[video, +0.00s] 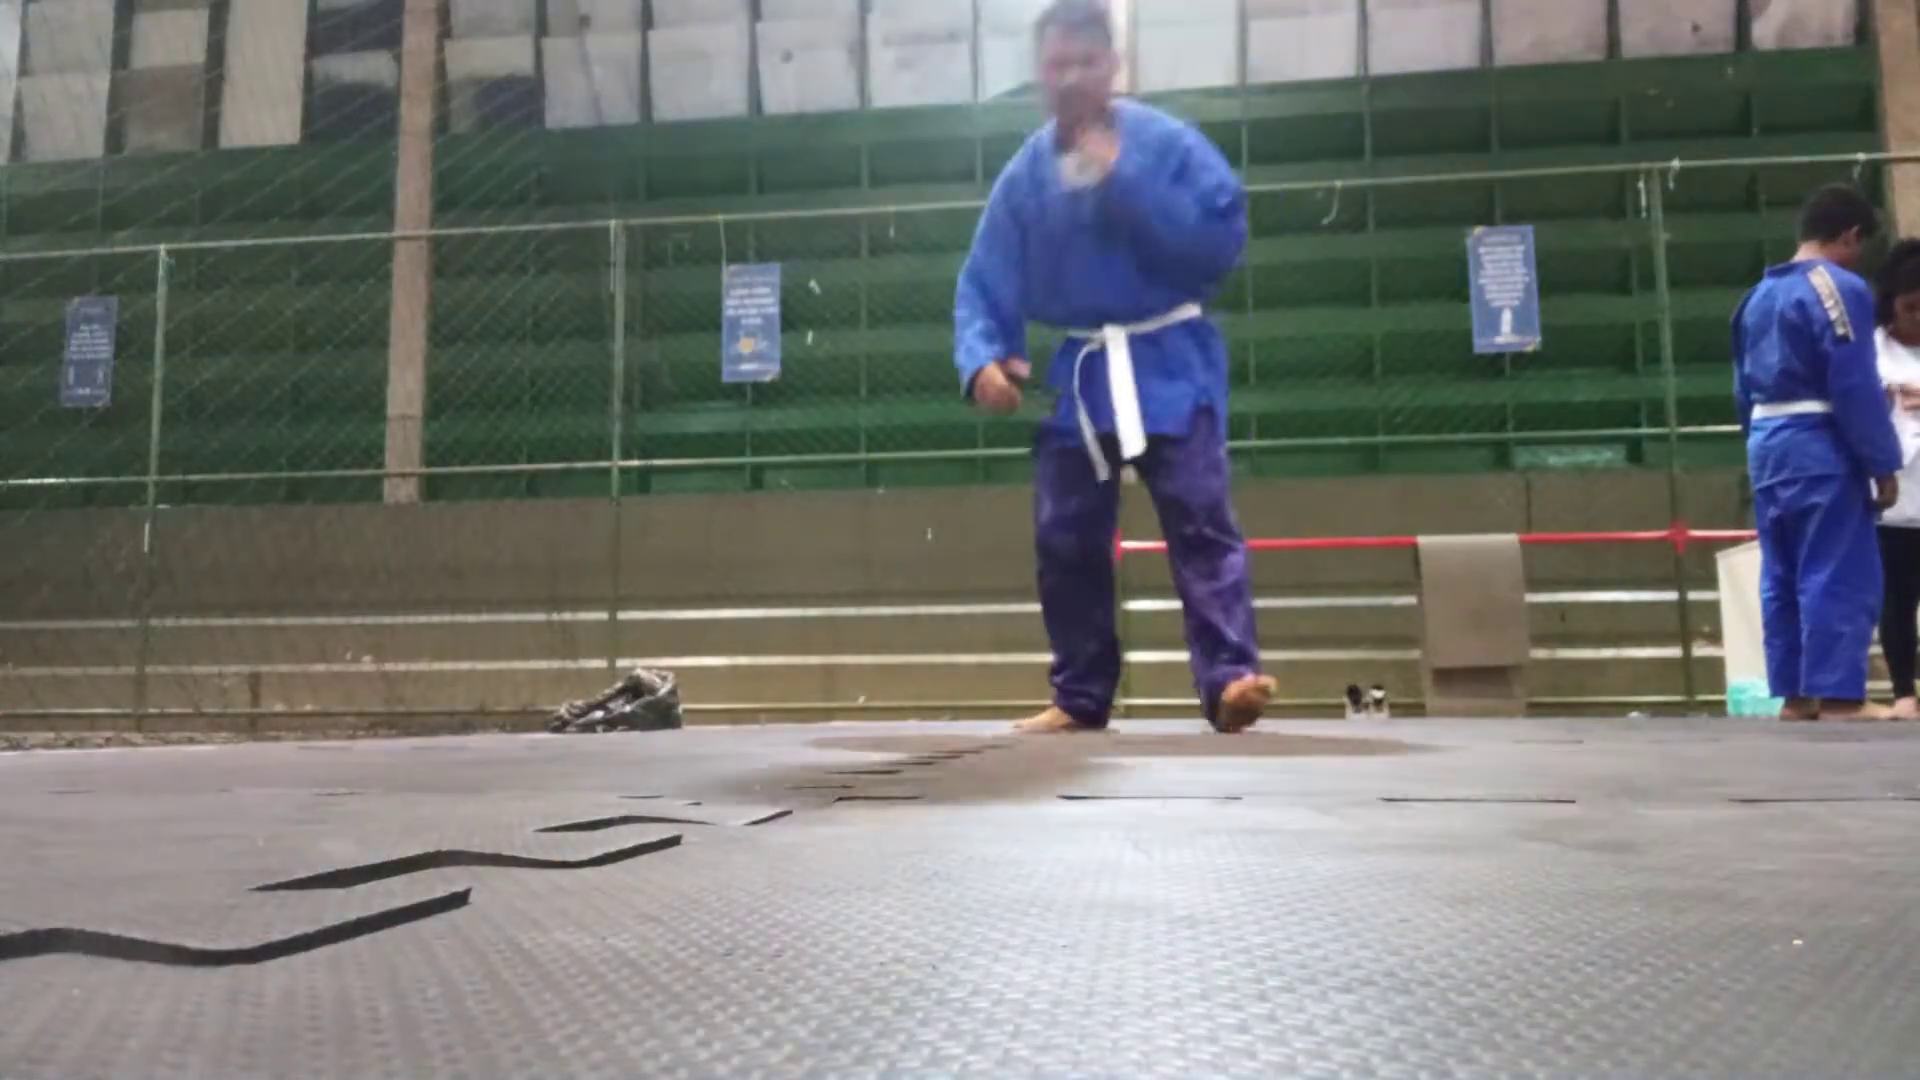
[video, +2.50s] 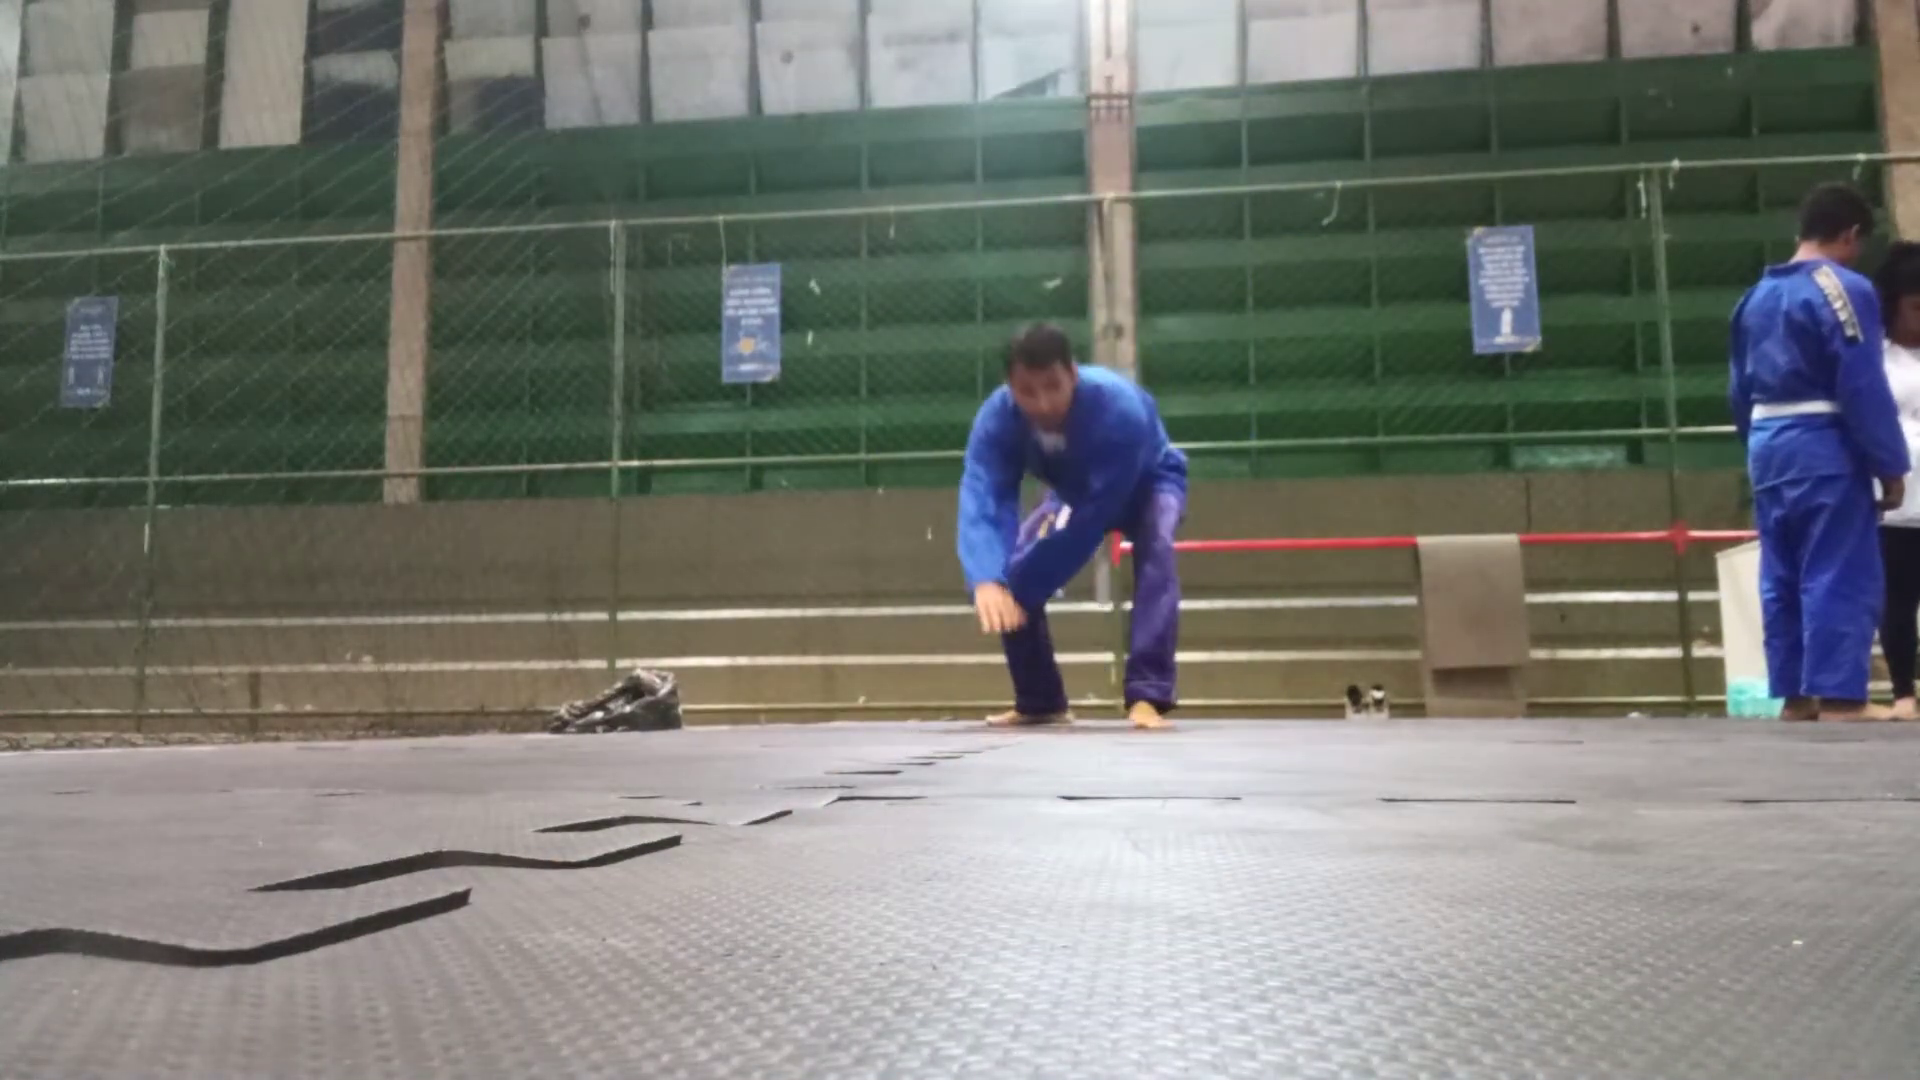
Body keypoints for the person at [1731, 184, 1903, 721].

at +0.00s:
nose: (1860, 254)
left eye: (1862, 244)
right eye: (1861, 243)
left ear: (1805, 232)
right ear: (1847, 235)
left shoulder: (1758, 295)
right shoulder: (1838, 288)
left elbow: (1745, 392)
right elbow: (1854, 389)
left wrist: (1766, 444)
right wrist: (1885, 465)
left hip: (1765, 440)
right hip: (1818, 439)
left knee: (1784, 572)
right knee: (1838, 569)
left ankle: (1795, 696)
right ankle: (1838, 698)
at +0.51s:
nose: (1857, 252)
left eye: (1860, 243)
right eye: (1858, 242)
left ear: (1802, 231)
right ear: (1846, 234)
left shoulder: (1756, 295)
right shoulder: (1838, 289)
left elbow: (1743, 390)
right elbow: (1855, 387)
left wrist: (1764, 442)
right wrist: (1886, 465)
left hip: (1764, 439)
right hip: (1818, 437)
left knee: (1783, 573)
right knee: (1839, 569)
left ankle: (1794, 697)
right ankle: (1838, 699)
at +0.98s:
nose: (1853, 253)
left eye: (1856, 244)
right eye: (1855, 242)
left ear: (1799, 231)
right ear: (1843, 235)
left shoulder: (1753, 295)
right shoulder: (1836, 289)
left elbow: (1739, 390)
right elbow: (1854, 386)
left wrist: (1758, 444)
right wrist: (1885, 464)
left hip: (1761, 441)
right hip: (1816, 439)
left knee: (1781, 574)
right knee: (1839, 570)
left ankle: (1793, 698)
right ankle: (1838, 699)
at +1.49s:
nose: (1849, 252)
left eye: (1852, 244)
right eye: (1851, 242)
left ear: (1795, 231)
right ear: (1840, 235)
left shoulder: (1751, 295)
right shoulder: (1833, 289)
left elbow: (1737, 391)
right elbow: (1853, 387)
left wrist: (1757, 444)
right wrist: (1883, 464)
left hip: (1759, 440)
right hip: (1814, 438)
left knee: (1778, 575)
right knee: (1839, 569)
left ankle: (1791, 696)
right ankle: (1838, 698)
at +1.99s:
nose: (1851, 252)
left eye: (1853, 243)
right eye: (1853, 242)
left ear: (1796, 232)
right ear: (1842, 235)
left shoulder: (1752, 296)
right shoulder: (1835, 289)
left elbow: (1739, 392)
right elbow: (1854, 387)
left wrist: (1760, 444)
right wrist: (1885, 464)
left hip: (1761, 441)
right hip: (1816, 439)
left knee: (1781, 574)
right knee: (1840, 569)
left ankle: (1793, 697)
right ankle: (1839, 698)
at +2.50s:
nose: (1859, 251)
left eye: (1861, 242)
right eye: (1860, 241)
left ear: (1803, 231)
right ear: (1848, 235)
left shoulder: (1757, 296)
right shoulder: (1845, 290)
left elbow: (1741, 391)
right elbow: (1862, 387)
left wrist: (1761, 445)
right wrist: (1891, 465)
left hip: (1766, 443)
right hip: (1823, 441)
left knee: (1783, 576)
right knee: (1841, 572)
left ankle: (1795, 698)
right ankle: (1840, 701)